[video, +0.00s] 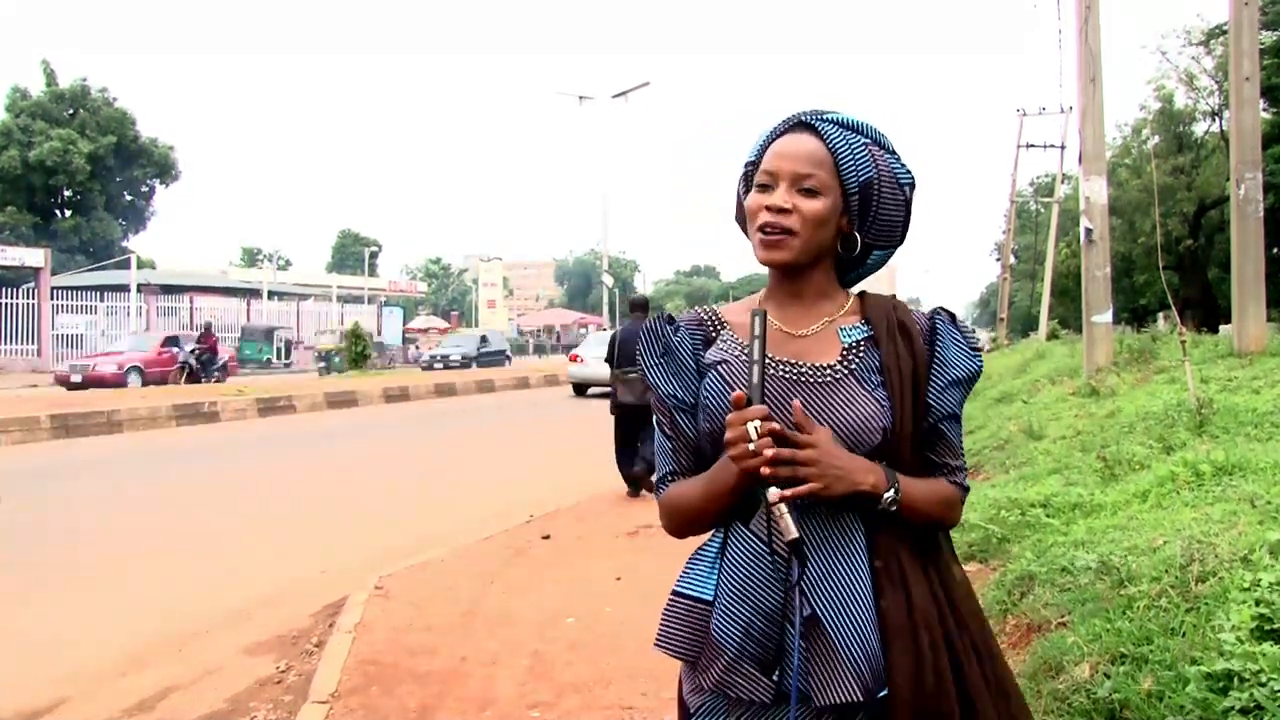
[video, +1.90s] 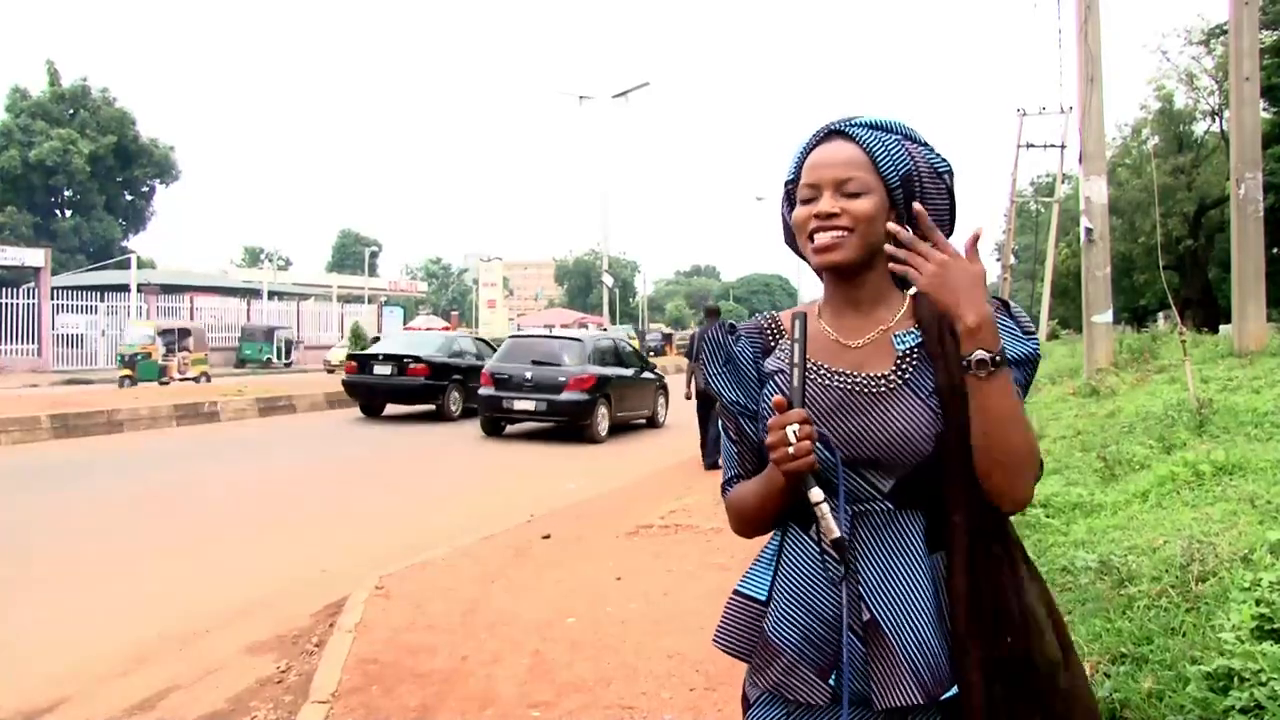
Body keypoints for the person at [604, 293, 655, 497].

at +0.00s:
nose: (638, 314)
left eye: (634, 310)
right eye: (642, 310)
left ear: (629, 311)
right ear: (647, 310)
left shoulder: (619, 334)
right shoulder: (654, 334)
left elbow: (612, 366)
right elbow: (661, 365)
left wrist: (614, 397)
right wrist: (661, 391)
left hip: (624, 401)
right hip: (649, 399)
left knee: (624, 443)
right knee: (649, 434)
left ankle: (633, 485)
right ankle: (643, 468)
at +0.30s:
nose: (655, 315)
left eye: (652, 311)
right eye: (659, 312)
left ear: (646, 313)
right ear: (663, 313)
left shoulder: (633, 334)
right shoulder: (668, 334)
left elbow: (625, 360)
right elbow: (674, 362)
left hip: (635, 392)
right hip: (661, 392)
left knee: (633, 438)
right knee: (663, 436)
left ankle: (633, 483)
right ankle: (666, 474)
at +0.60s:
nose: (669, 314)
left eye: (666, 311)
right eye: (672, 310)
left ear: (660, 311)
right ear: (677, 311)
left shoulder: (650, 332)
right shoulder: (685, 332)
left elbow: (641, 356)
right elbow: (692, 359)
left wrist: (647, 380)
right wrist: (693, 382)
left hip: (654, 388)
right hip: (679, 387)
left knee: (654, 427)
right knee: (675, 432)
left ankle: (649, 459)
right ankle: (668, 474)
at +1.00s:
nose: (682, 318)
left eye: (678, 315)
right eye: (684, 314)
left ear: (672, 316)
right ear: (688, 315)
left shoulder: (663, 337)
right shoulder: (697, 334)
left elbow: (658, 368)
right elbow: (705, 361)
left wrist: (657, 395)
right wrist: (710, 384)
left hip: (671, 385)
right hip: (693, 383)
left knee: (676, 425)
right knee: (687, 426)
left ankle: (676, 458)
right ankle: (678, 463)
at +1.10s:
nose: (687, 316)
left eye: (683, 313)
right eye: (688, 313)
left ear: (676, 313)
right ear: (691, 313)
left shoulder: (665, 334)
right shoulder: (699, 332)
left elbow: (661, 364)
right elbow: (707, 359)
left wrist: (663, 389)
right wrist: (713, 384)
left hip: (673, 384)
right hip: (696, 383)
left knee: (677, 423)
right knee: (698, 423)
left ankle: (685, 461)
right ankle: (684, 449)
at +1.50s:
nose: (699, 319)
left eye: (696, 316)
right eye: (702, 315)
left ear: (692, 316)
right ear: (707, 316)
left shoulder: (681, 335)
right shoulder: (714, 337)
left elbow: (675, 357)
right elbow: (719, 362)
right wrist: (717, 382)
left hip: (684, 386)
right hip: (707, 386)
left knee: (683, 424)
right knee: (709, 425)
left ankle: (682, 464)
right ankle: (712, 460)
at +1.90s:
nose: (711, 319)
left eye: (710, 316)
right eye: (713, 316)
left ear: (705, 316)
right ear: (719, 316)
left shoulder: (697, 336)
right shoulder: (726, 335)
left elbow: (691, 363)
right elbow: (732, 361)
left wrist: (687, 387)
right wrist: (732, 382)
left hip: (703, 386)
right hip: (722, 384)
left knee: (703, 420)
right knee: (715, 421)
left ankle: (706, 453)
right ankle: (712, 458)